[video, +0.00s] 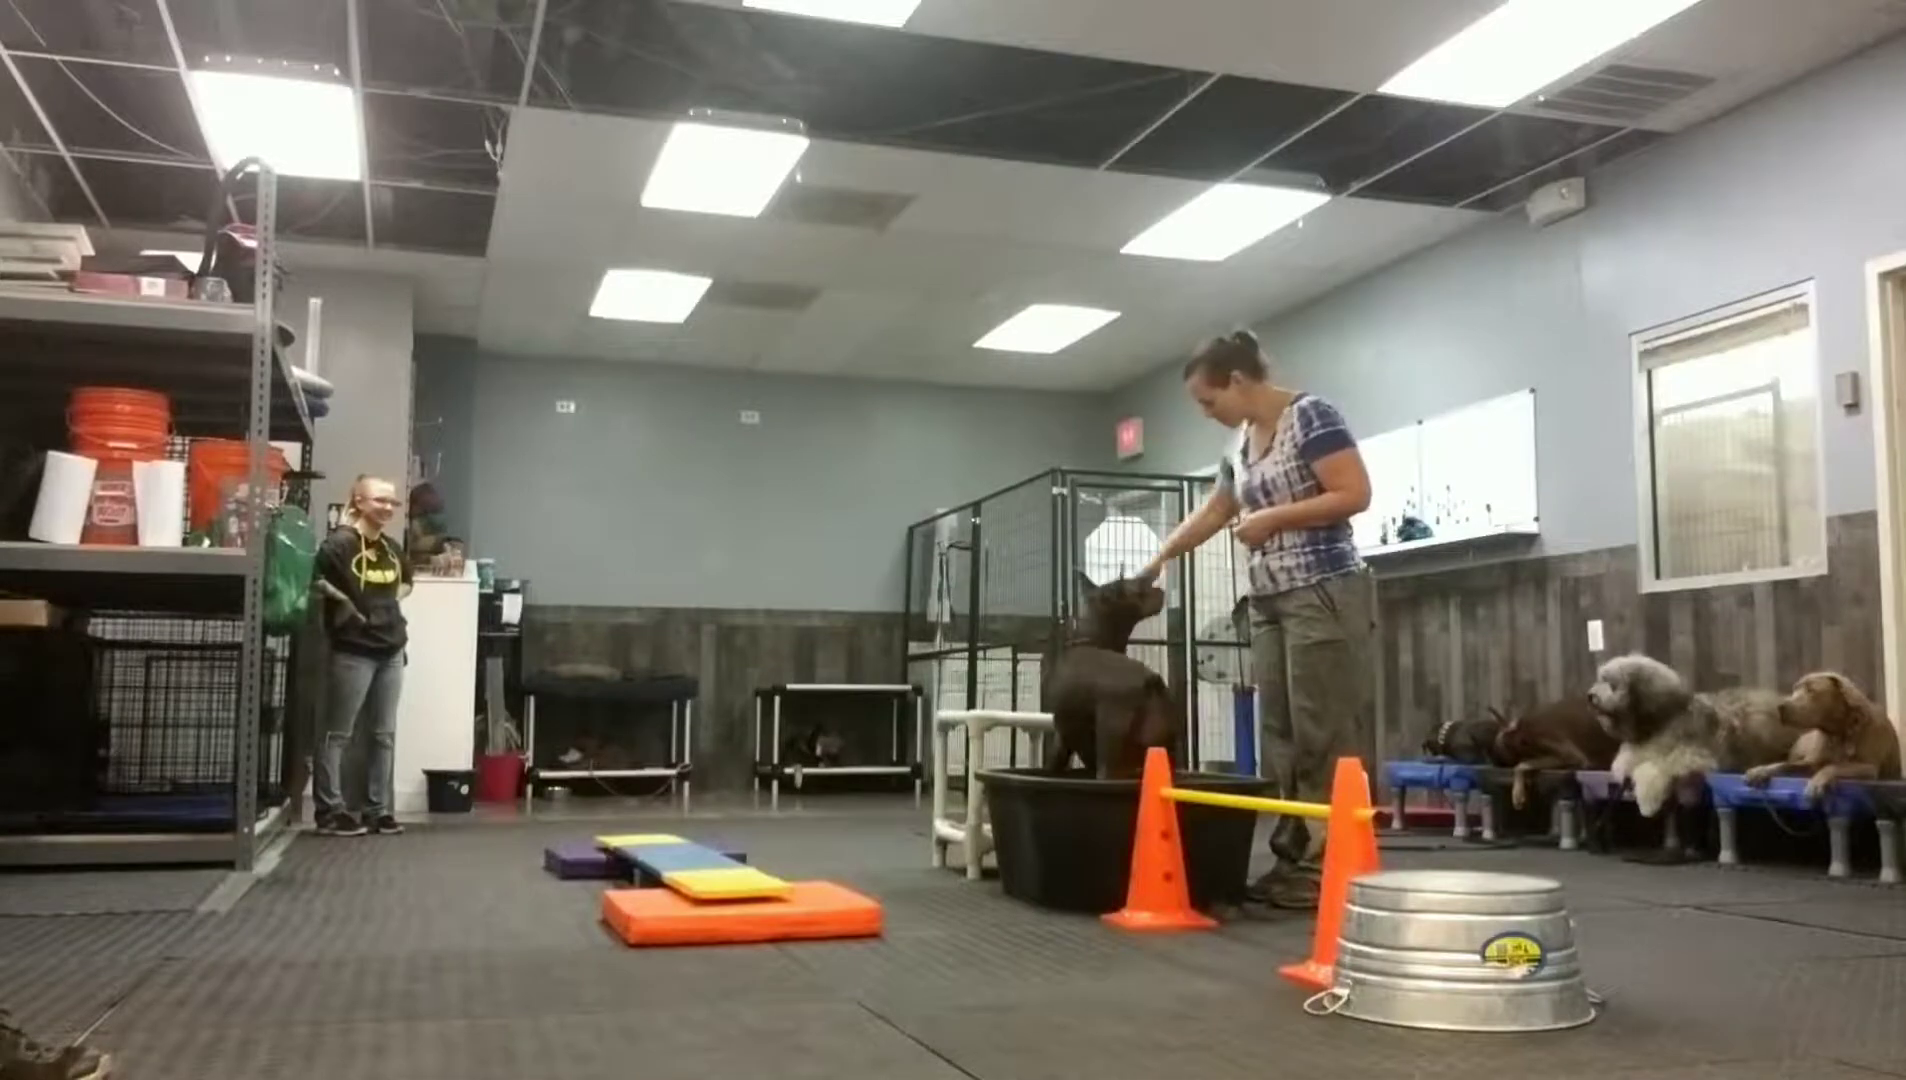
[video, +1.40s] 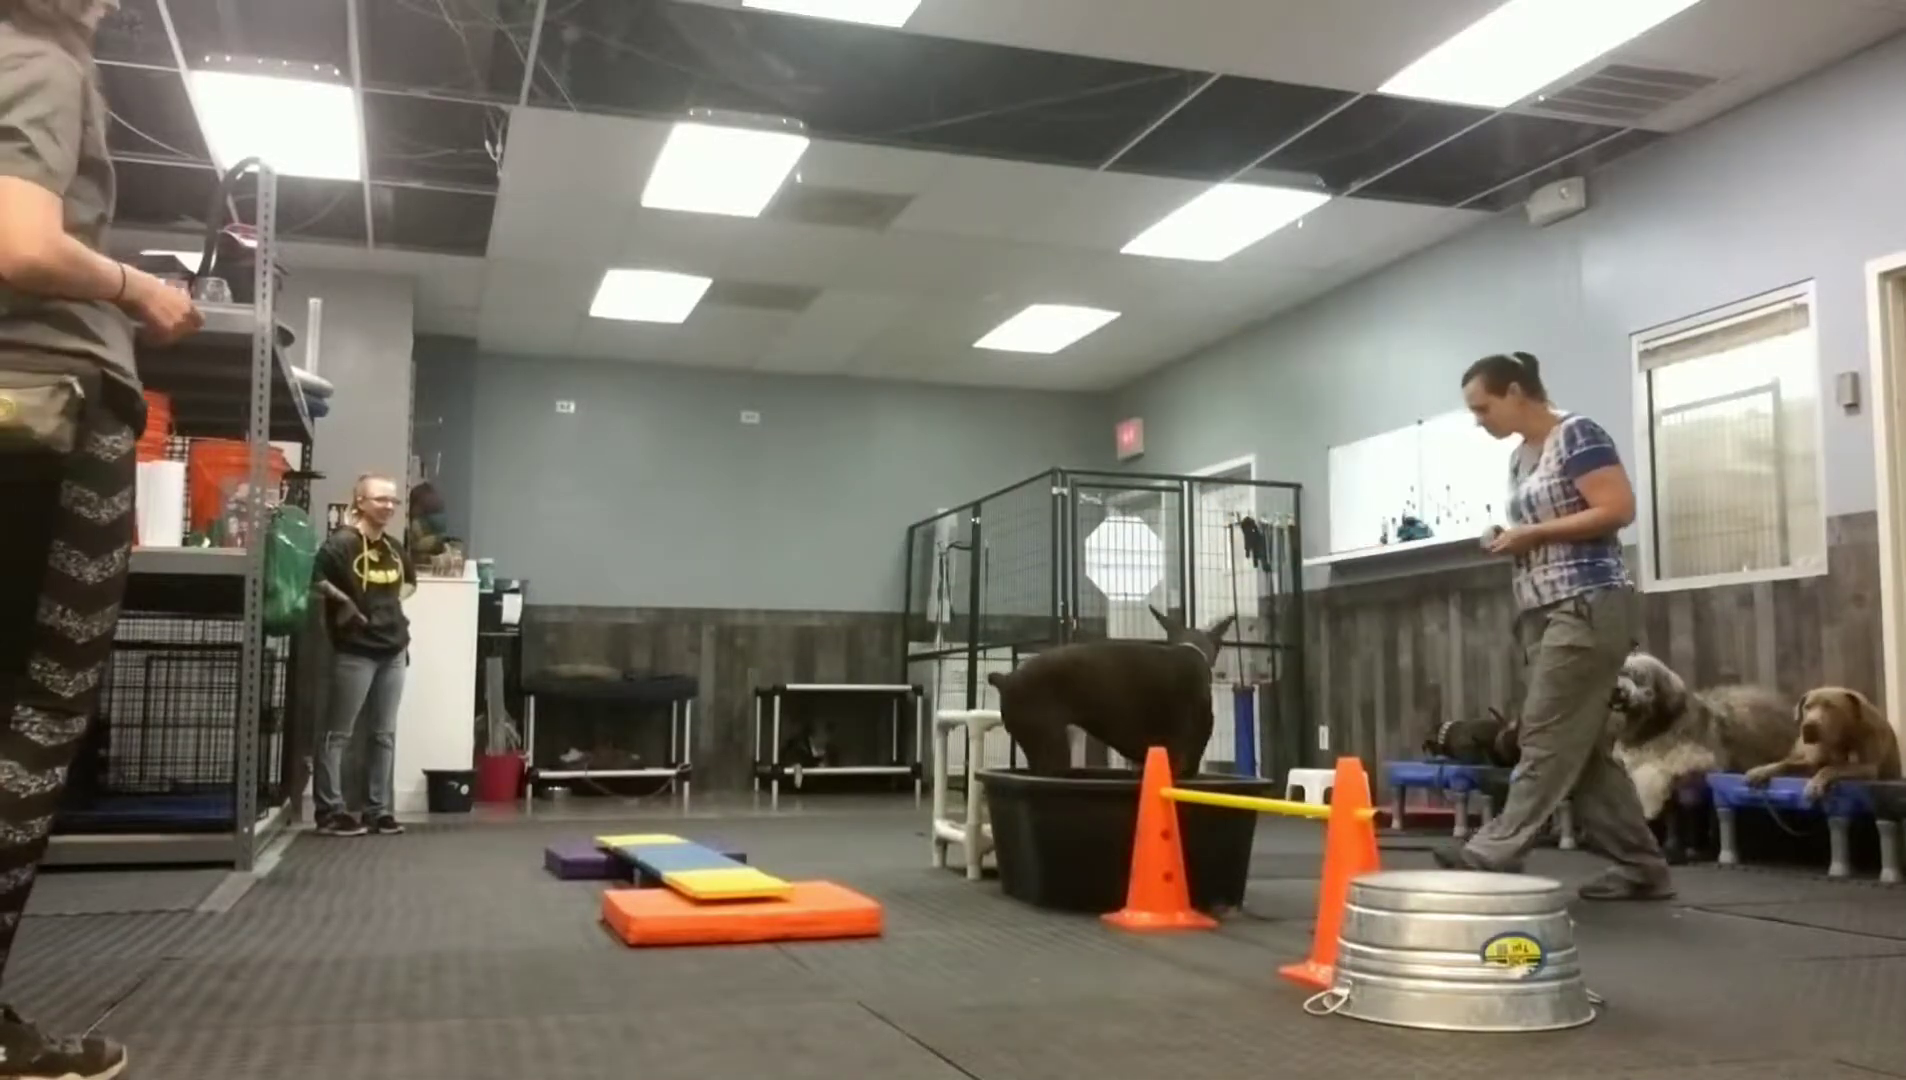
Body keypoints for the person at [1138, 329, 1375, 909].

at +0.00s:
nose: (1209, 414)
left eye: (1209, 402)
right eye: (1203, 406)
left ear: (1238, 381)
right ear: (1233, 387)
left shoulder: (1310, 415)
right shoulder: (1245, 449)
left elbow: (1354, 494)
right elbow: (1215, 511)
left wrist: (1274, 519)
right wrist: (1162, 557)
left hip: (1324, 594)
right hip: (1272, 601)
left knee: (1323, 730)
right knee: (1281, 731)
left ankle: (1325, 869)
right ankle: (1293, 862)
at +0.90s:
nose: (1254, 419)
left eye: (1257, 406)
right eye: (1248, 411)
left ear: (1288, 385)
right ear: (1273, 394)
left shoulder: (1351, 421)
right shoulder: (1279, 452)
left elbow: (1395, 498)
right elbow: (1294, 527)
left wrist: (1316, 516)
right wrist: (1245, 548)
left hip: (1357, 595)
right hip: (1296, 603)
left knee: (1330, 717)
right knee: (1287, 728)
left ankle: (1396, 839)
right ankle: (1296, 864)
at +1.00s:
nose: (1300, 423)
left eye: (1300, 409)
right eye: (1293, 414)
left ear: (1330, 388)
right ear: (1321, 398)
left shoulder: (1392, 427)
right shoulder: (1332, 456)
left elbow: (1427, 509)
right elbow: (1349, 531)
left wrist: (1341, 523)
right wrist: (1300, 542)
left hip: (1388, 602)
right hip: (1336, 607)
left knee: (1387, 740)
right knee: (1311, 729)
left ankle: (1462, 867)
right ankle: (1298, 867)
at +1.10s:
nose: (1347, 418)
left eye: (1348, 404)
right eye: (1341, 408)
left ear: (1379, 384)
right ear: (1374, 391)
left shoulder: (1438, 428)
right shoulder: (1391, 449)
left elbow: (1470, 505)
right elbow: (1418, 520)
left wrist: (1388, 525)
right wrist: (1375, 530)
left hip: (1439, 600)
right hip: (1392, 605)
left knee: (1431, 742)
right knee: (1358, 720)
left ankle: (1463, 869)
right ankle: (1356, 862)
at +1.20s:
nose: (1394, 411)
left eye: (1395, 397)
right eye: (1388, 401)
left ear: (1428, 379)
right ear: (1424, 386)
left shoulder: (1482, 423)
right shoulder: (1437, 445)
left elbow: (1512, 500)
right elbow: (1464, 516)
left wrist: (1429, 522)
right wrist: (1418, 526)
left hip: (1481, 595)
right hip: (1440, 600)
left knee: (1463, 728)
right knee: (1420, 718)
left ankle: (1469, 862)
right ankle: (1521, 819)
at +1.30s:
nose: (1440, 416)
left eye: (1441, 404)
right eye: (1435, 408)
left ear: (1473, 386)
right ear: (1471, 391)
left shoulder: (1529, 433)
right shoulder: (1485, 451)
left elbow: (1562, 511)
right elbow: (1512, 521)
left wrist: (1481, 528)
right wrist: (1468, 531)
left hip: (1533, 604)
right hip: (1507, 607)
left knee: (1495, 734)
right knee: (1533, 740)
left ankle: (1469, 865)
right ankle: (1622, 849)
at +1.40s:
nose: (1481, 423)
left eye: (1482, 410)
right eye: (1476, 414)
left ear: (1514, 393)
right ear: (1510, 399)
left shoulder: (1576, 433)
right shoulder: (1522, 460)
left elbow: (1619, 508)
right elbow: (1554, 529)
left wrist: (1536, 533)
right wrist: (1511, 537)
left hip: (1589, 607)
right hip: (1546, 613)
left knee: (1547, 733)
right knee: (1577, 744)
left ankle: (1495, 850)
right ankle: (1641, 866)